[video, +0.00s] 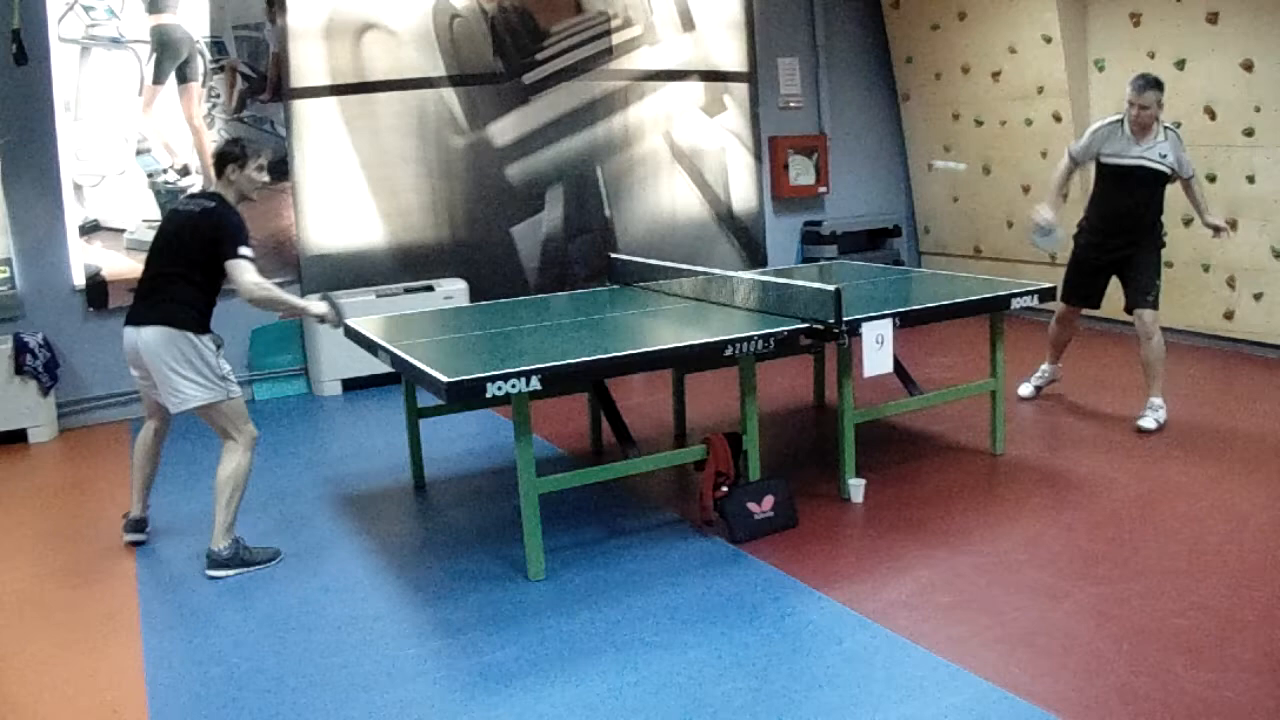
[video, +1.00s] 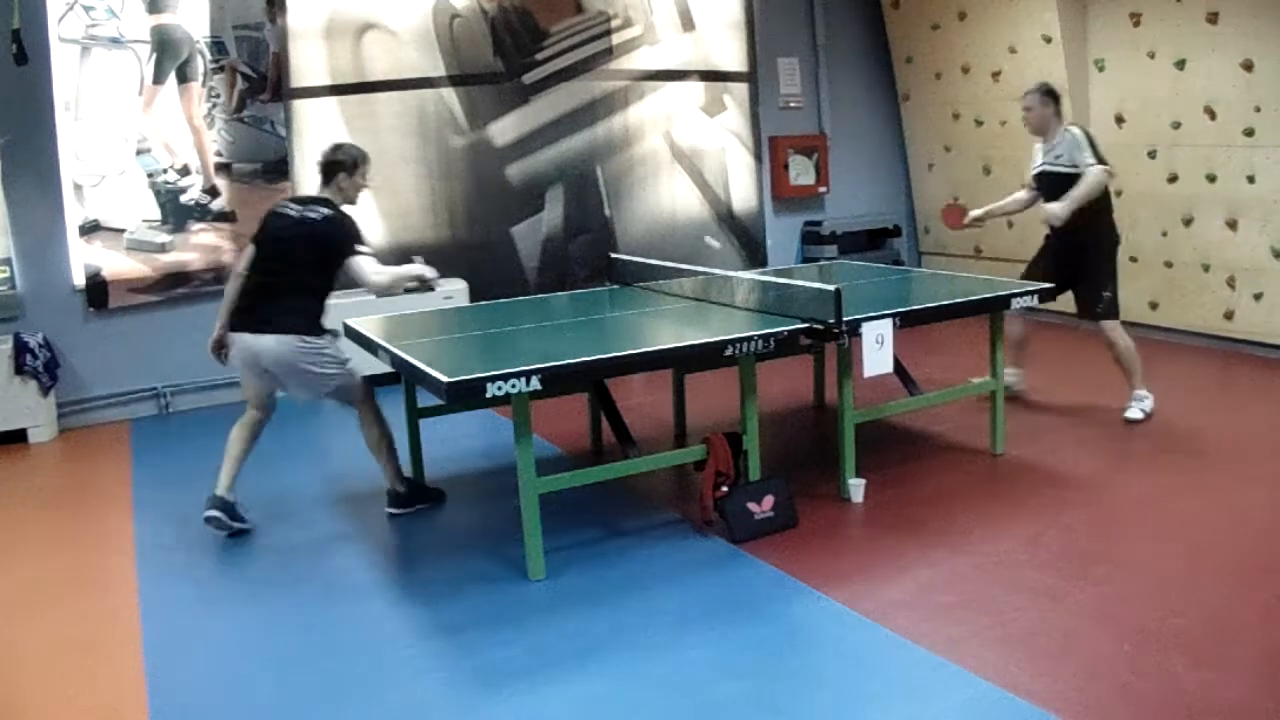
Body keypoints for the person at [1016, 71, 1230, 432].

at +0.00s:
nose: (1138, 114)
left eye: (1147, 108)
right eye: (1133, 106)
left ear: (1160, 107)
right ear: (1125, 102)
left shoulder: (1171, 140)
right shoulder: (1103, 132)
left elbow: (1187, 178)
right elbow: (1070, 163)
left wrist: (1205, 217)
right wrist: (1051, 207)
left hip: (1141, 244)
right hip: (1095, 239)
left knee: (1146, 322)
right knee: (1065, 313)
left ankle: (1155, 402)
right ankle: (1049, 368)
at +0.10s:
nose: (1137, 106)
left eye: (1145, 101)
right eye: (1133, 99)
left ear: (1160, 102)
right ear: (1127, 96)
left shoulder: (1171, 138)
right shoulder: (1105, 124)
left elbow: (1190, 178)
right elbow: (1065, 148)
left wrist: (1206, 221)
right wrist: (1033, 183)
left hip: (1141, 242)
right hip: (1095, 235)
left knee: (1145, 322)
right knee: (1066, 311)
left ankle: (1155, 402)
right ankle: (1051, 369)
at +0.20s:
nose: (1128, 100)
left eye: (1136, 95)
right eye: (1125, 93)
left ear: (1154, 96)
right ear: (1122, 90)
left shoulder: (1167, 139)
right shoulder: (1108, 116)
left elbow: (1187, 185)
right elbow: (1075, 130)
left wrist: (1200, 230)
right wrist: (1032, 137)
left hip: (1136, 240)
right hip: (1092, 231)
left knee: (1144, 322)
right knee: (1063, 307)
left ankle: (1155, 401)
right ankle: (1053, 367)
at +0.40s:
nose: (1108, 102)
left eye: (1115, 96)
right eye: (1106, 96)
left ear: (1136, 98)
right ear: (1105, 97)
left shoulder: (1145, 139)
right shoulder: (1102, 125)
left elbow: (1161, 190)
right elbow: (1080, 147)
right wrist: (1041, 130)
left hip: (1119, 242)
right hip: (1082, 236)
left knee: (1130, 323)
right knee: (1063, 310)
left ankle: (1154, 402)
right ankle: (1066, 372)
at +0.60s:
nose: (1081, 101)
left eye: (1087, 95)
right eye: (1079, 95)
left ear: (1108, 96)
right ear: (1078, 97)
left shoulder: (1123, 134)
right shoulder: (1080, 129)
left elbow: (1137, 186)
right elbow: (1067, 170)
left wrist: (1118, 215)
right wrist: (1025, 179)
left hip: (1107, 241)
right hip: (1071, 238)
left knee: (1123, 319)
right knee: (1058, 308)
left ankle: (1150, 400)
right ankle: (1067, 374)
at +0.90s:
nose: (1045, 110)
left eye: (1049, 102)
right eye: (1043, 104)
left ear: (1071, 100)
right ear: (1051, 106)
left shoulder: (1098, 133)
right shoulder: (1054, 141)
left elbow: (1122, 175)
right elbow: (1049, 189)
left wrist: (1095, 209)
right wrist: (1008, 209)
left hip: (1102, 243)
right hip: (1065, 241)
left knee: (1114, 322)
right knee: (1034, 308)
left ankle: (1141, 393)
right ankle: (1057, 368)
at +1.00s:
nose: (1024, 117)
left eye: (1029, 110)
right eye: (1023, 110)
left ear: (1051, 110)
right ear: (1034, 113)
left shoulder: (1074, 136)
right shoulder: (1040, 149)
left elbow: (1100, 173)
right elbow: (1029, 195)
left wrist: (1065, 205)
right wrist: (983, 213)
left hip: (1095, 245)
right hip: (1060, 244)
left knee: (1107, 323)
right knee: (1016, 305)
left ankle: (1140, 393)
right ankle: (1012, 374)